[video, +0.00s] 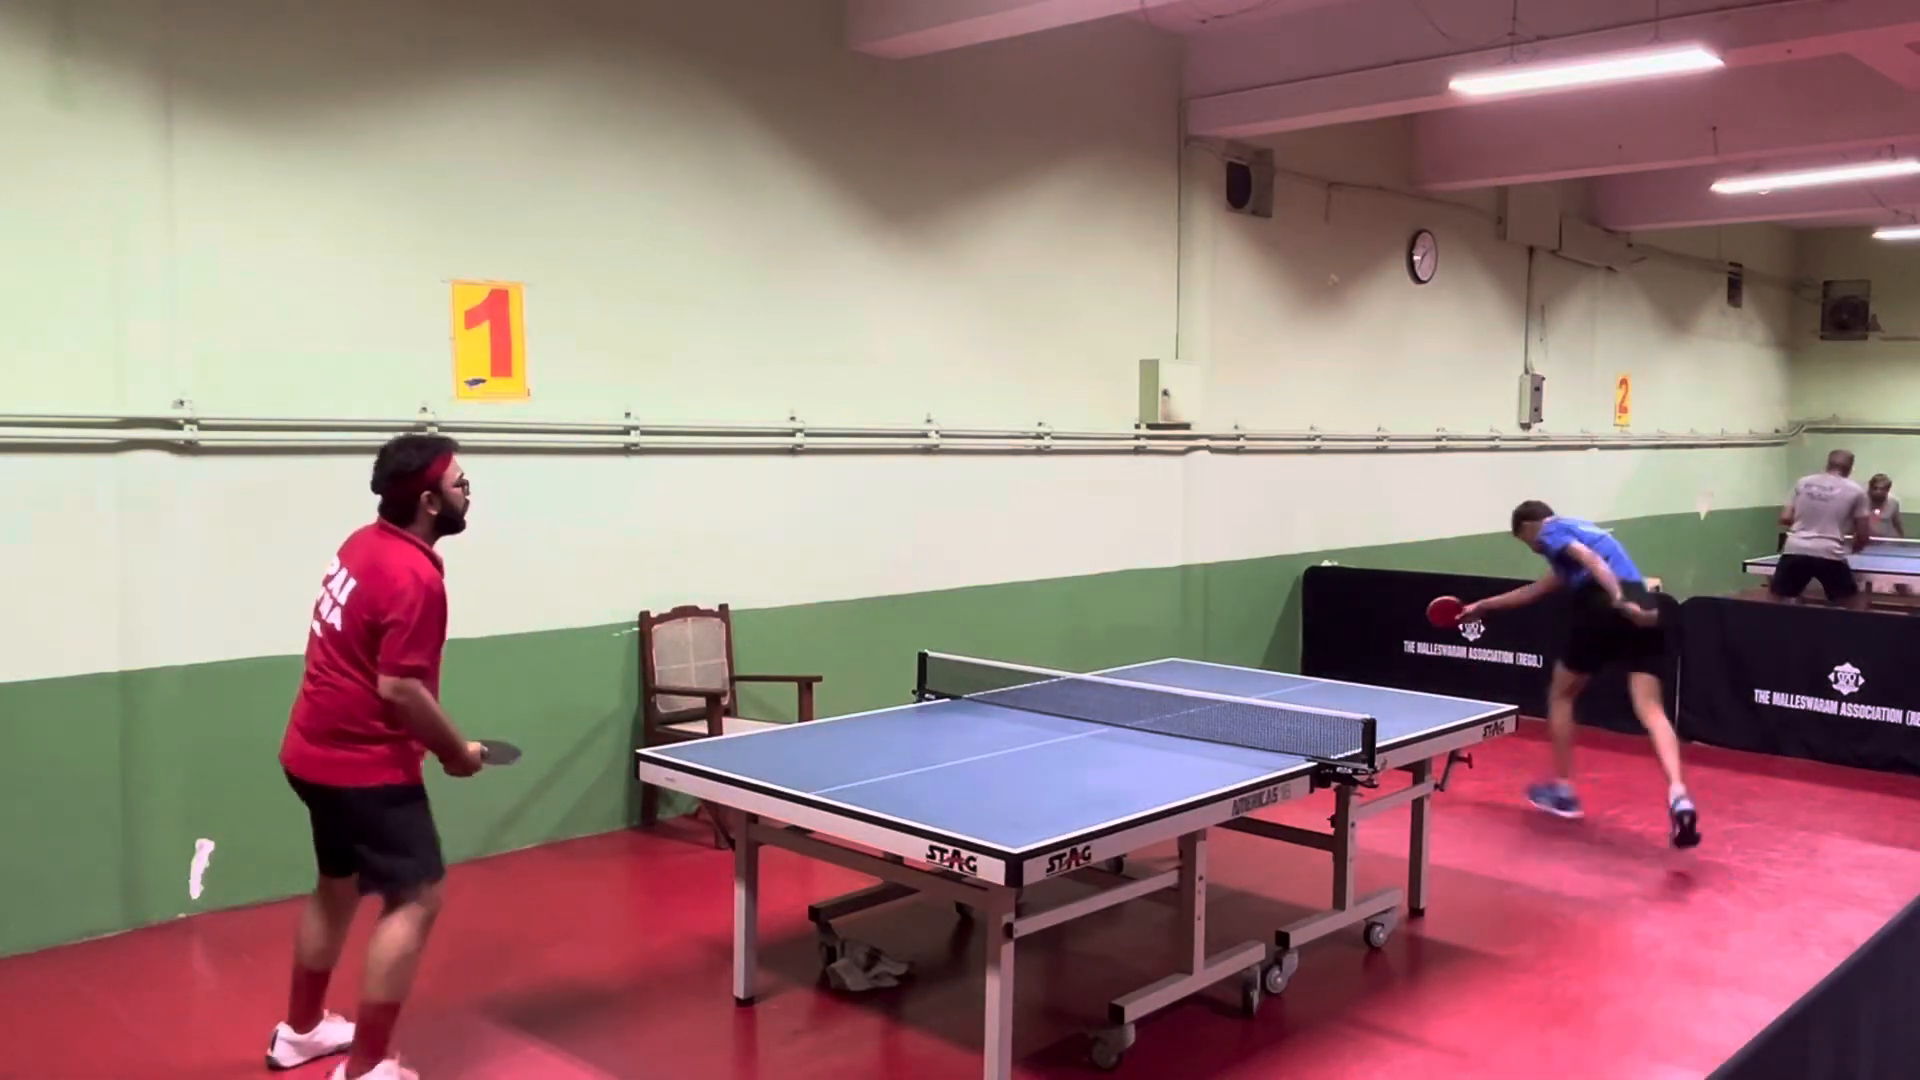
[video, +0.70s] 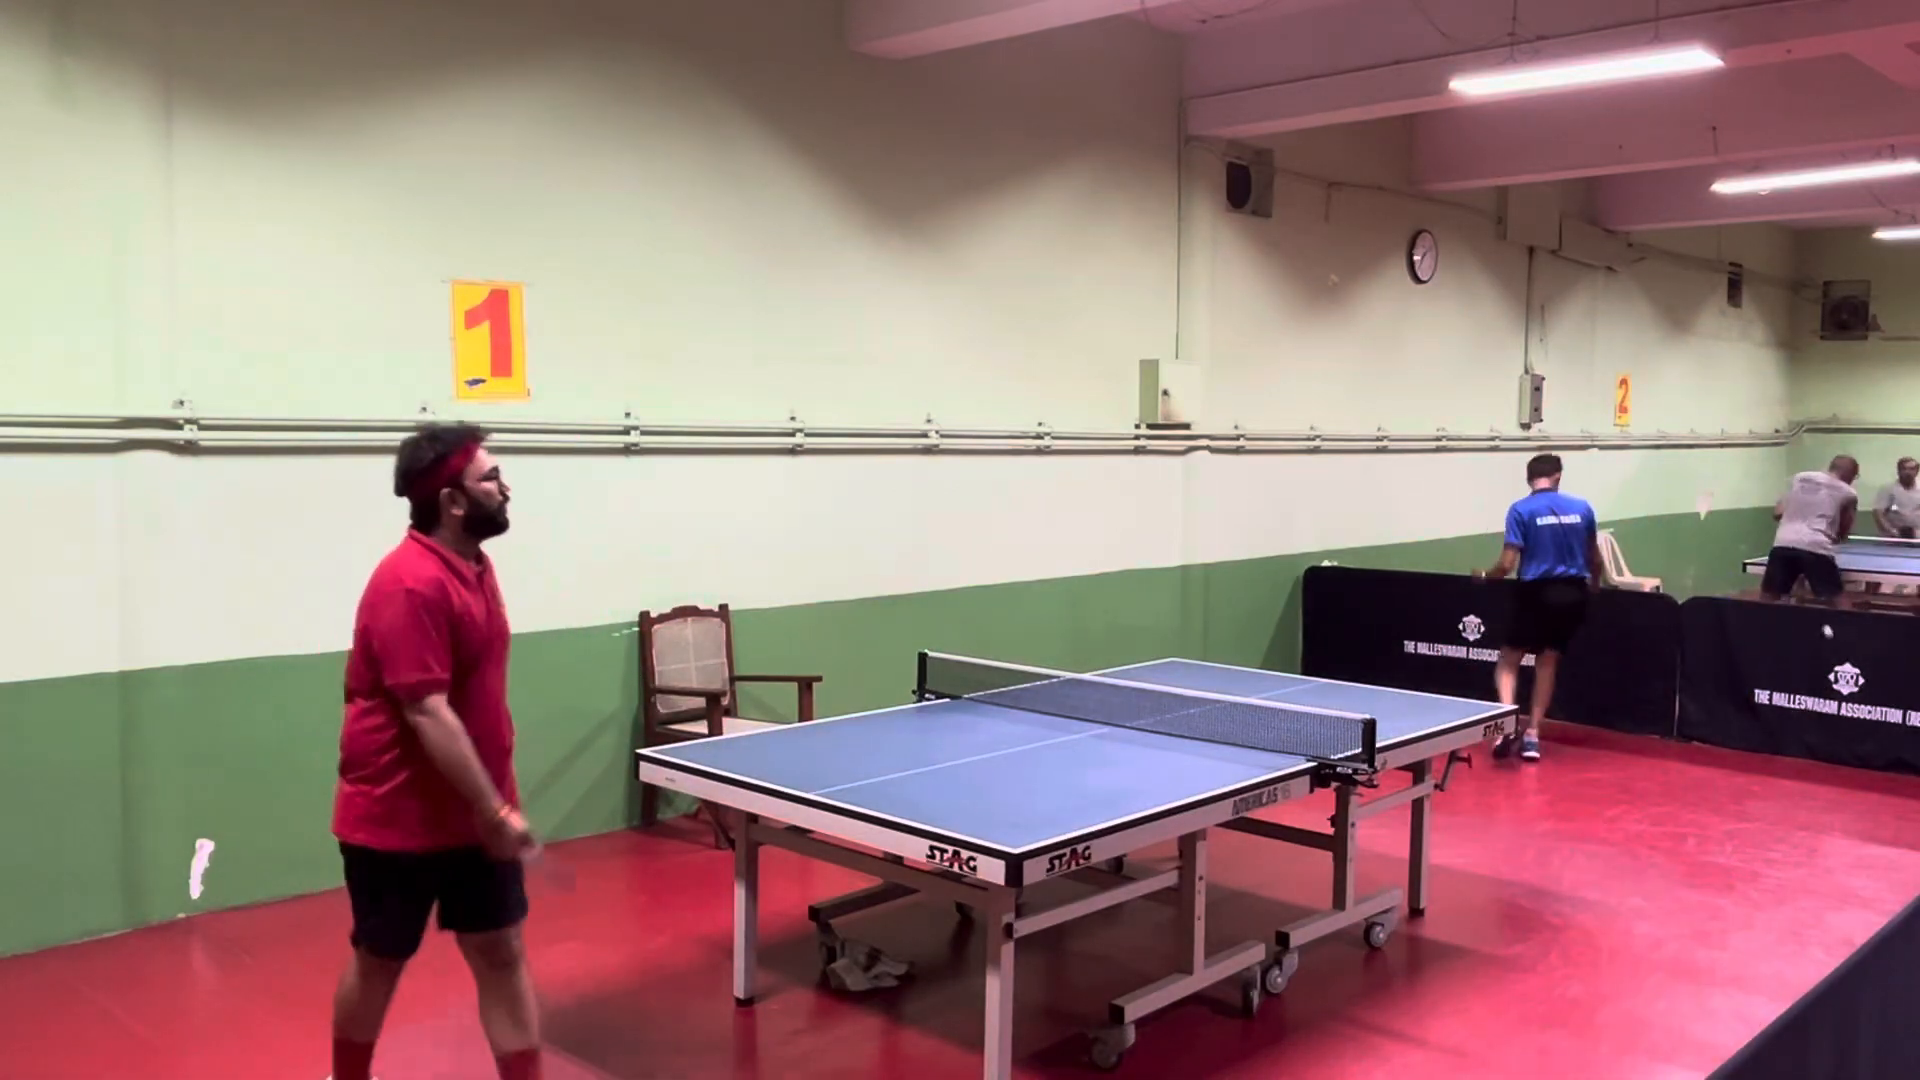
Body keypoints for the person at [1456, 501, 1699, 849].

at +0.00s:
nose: (1528, 545)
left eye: (1524, 539)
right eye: (1523, 541)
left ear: (1528, 527)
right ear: (1549, 514)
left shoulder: (1549, 532)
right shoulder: (1579, 530)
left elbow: (1591, 559)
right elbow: (1535, 591)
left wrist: (1619, 599)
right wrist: (1481, 606)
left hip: (1602, 607)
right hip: (1646, 604)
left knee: (1562, 695)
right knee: (1648, 704)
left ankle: (1563, 789)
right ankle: (1679, 794)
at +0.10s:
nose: (1506, 548)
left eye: (1504, 542)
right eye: (1504, 543)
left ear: (1508, 534)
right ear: (1531, 524)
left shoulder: (1530, 547)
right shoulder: (1572, 541)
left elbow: (1576, 571)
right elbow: (1527, 605)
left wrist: (1617, 600)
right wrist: (1477, 618)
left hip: (1569, 628)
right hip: (1610, 626)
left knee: (1534, 699)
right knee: (1632, 714)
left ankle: (1527, 777)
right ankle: (1674, 762)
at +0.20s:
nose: (1498, 558)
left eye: (1493, 552)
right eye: (1495, 553)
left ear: (1495, 545)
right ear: (1517, 531)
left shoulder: (1515, 559)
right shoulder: (1553, 545)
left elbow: (1549, 601)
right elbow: (1538, 620)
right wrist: (1489, 637)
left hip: (1555, 626)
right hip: (1595, 624)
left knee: (1516, 692)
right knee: (1601, 720)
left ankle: (1525, 776)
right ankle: (1642, 740)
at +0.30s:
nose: (1495, 543)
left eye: (1492, 538)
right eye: (1493, 539)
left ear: (1495, 531)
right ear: (1516, 518)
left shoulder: (1507, 543)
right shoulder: (1553, 530)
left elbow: (1522, 594)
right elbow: (1573, 577)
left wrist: (1507, 643)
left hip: (1551, 607)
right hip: (1589, 604)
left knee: (1513, 685)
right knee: (1572, 683)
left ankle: (1525, 771)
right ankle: (1606, 751)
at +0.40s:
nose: (1499, 521)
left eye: (1497, 516)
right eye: (1498, 517)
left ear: (1499, 511)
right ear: (1523, 498)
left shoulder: (1508, 522)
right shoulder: (1559, 514)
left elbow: (1506, 575)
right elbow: (1574, 559)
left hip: (1545, 595)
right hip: (1583, 593)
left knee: (1511, 682)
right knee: (1564, 669)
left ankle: (1524, 762)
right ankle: (1559, 746)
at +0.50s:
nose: (1513, 504)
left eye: (1509, 500)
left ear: (1510, 496)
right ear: (1537, 486)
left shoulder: (1516, 513)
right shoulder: (1573, 512)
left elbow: (1503, 562)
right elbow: (1585, 562)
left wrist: (1481, 555)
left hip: (1539, 601)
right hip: (1576, 602)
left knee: (1505, 681)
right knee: (1549, 667)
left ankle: (1519, 747)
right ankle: (1535, 738)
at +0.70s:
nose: (1542, 483)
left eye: (1534, 481)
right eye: (1552, 476)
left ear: (1529, 480)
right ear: (1558, 477)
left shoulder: (1520, 510)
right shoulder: (1582, 507)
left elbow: (1507, 562)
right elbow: (1594, 559)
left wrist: (1488, 577)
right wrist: (1594, 584)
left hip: (1532, 593)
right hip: (1572, 594)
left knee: (1508, 660)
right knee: (1548, 661)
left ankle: (1507, 721)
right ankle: (1532, 735)